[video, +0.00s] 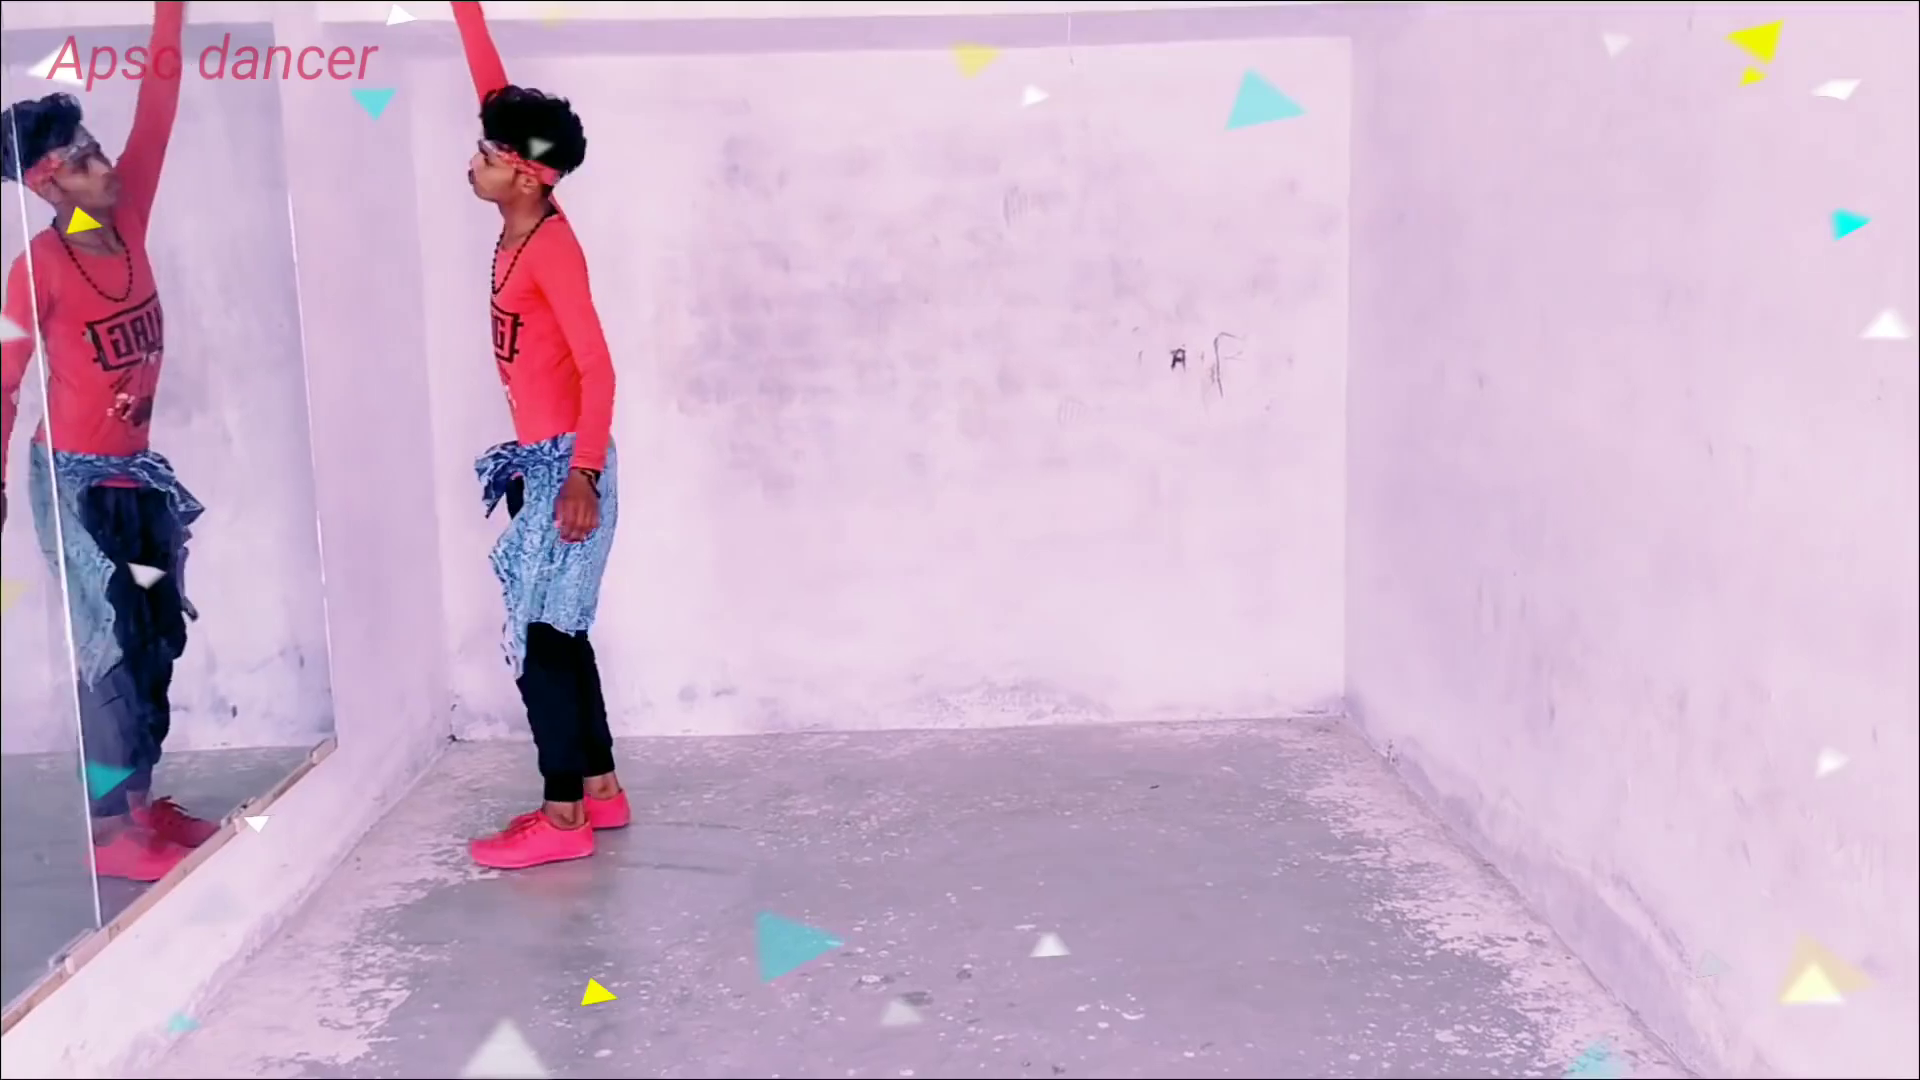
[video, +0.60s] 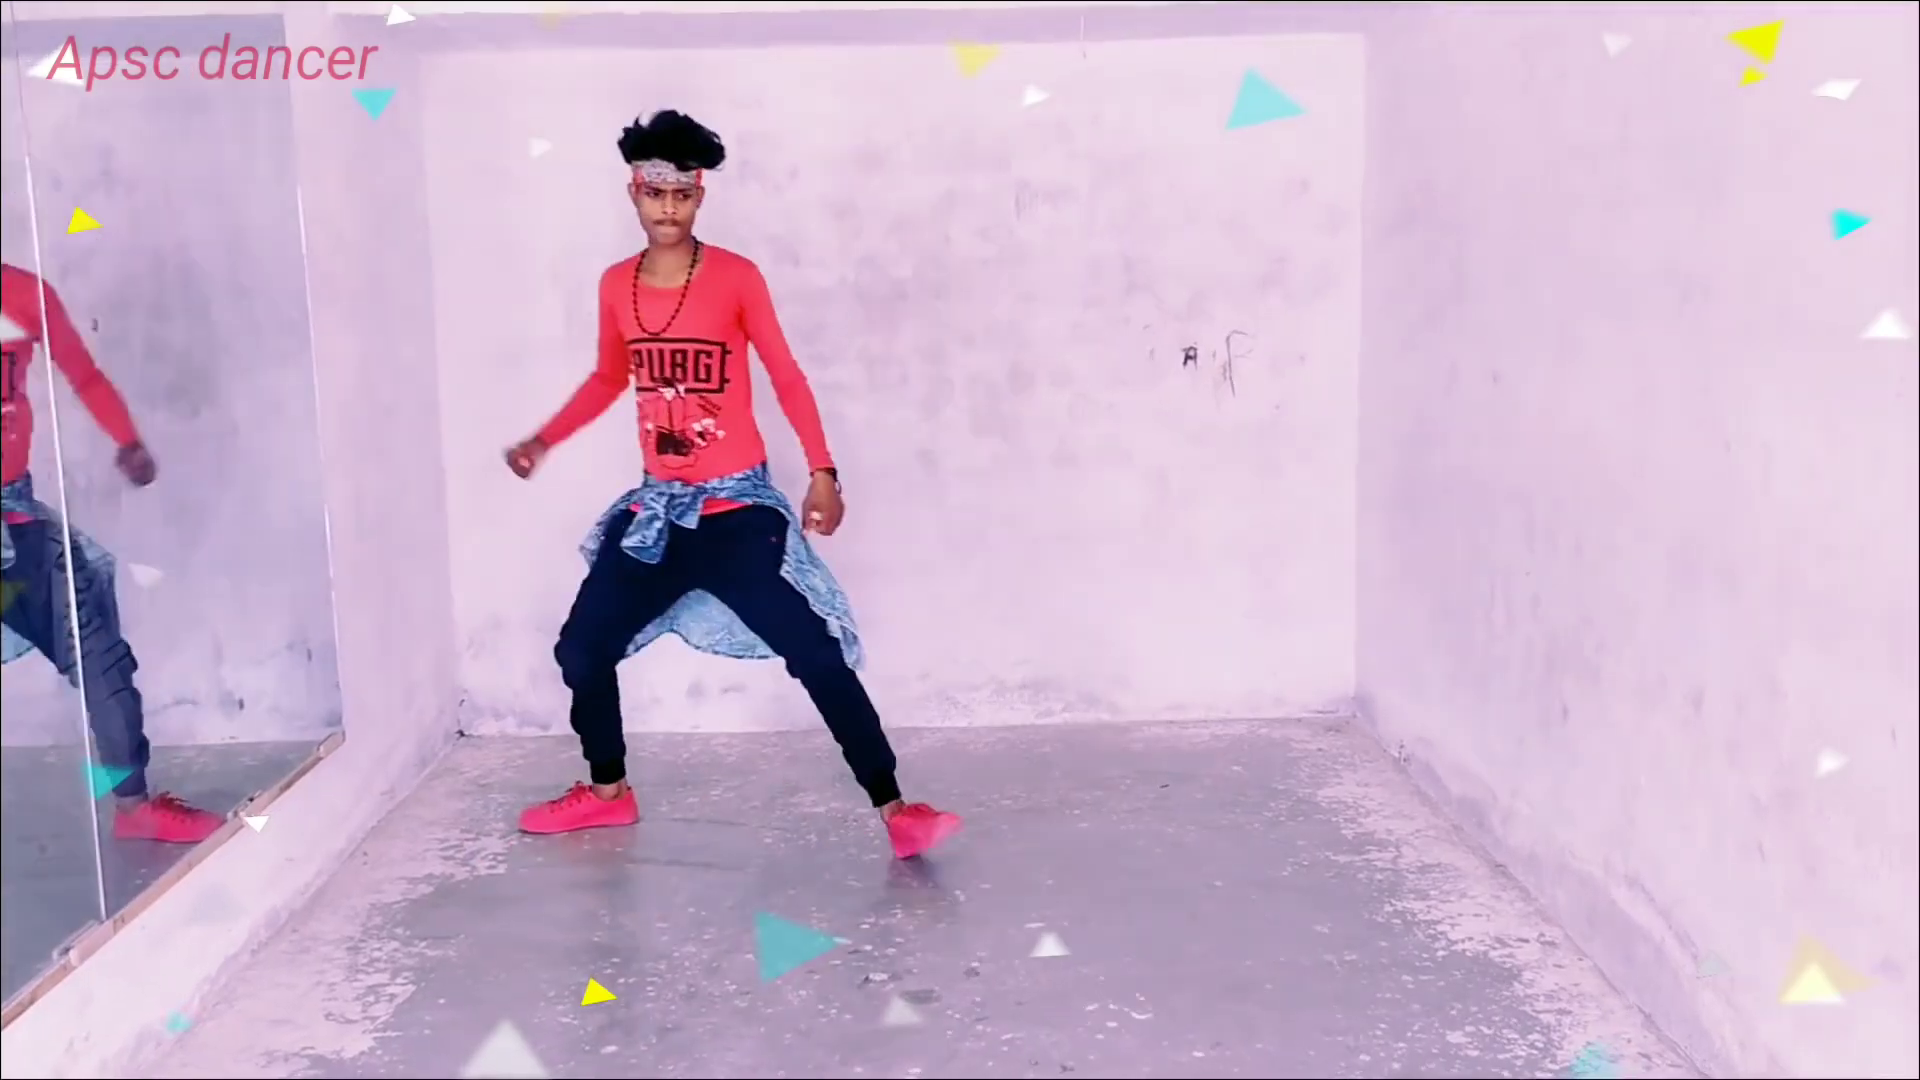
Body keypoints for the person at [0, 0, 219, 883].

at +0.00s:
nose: (102, 162)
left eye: (95, 149)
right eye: (81, 158)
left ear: (103, 160)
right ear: (46, 183)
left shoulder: (123, 217)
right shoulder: (37, 270)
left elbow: (158, 102)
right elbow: (3, 389)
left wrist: (171, 4)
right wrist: (4, 483)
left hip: (137, 468)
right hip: (75, 476)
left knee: (154, 634)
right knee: (106, 641)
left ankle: (142, 805)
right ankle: (108, 827)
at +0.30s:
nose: (51, 174)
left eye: (62, 160)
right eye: (35, 163)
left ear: (83, 162)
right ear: (13, 172)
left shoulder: (125, 228)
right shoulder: (8, 256)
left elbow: (221, 175)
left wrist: (231, 71)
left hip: (106, 475)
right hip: (26, 478)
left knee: (129, 635)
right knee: (15, 633)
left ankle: (139, 800)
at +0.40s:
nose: (23, 179)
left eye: (32, 164)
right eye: (9, 166)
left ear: (51, 164)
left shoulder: (99, 245)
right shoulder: (2, 257)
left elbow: (219, 258)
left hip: (80, 478)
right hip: (8, 479)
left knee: (121, 629)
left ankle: (139, 798)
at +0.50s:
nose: (6, 183)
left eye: (10, 169)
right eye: (1, 171)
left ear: (20, 172)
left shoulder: (60, 265)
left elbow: (153, 324)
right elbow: (155, 324)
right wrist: (234, 342)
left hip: (42, 484)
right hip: (5, 488)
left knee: (116, 627)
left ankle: (137, 798)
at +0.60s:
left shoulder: (23, 292)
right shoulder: (22, 292)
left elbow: (81, 370)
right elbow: (82, 371)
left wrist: (127, 441)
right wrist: (128, 441)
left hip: (14, 507)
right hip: (9, 511)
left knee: (94, 636)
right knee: (91, 579)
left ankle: (131, 798)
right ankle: (128, 795)